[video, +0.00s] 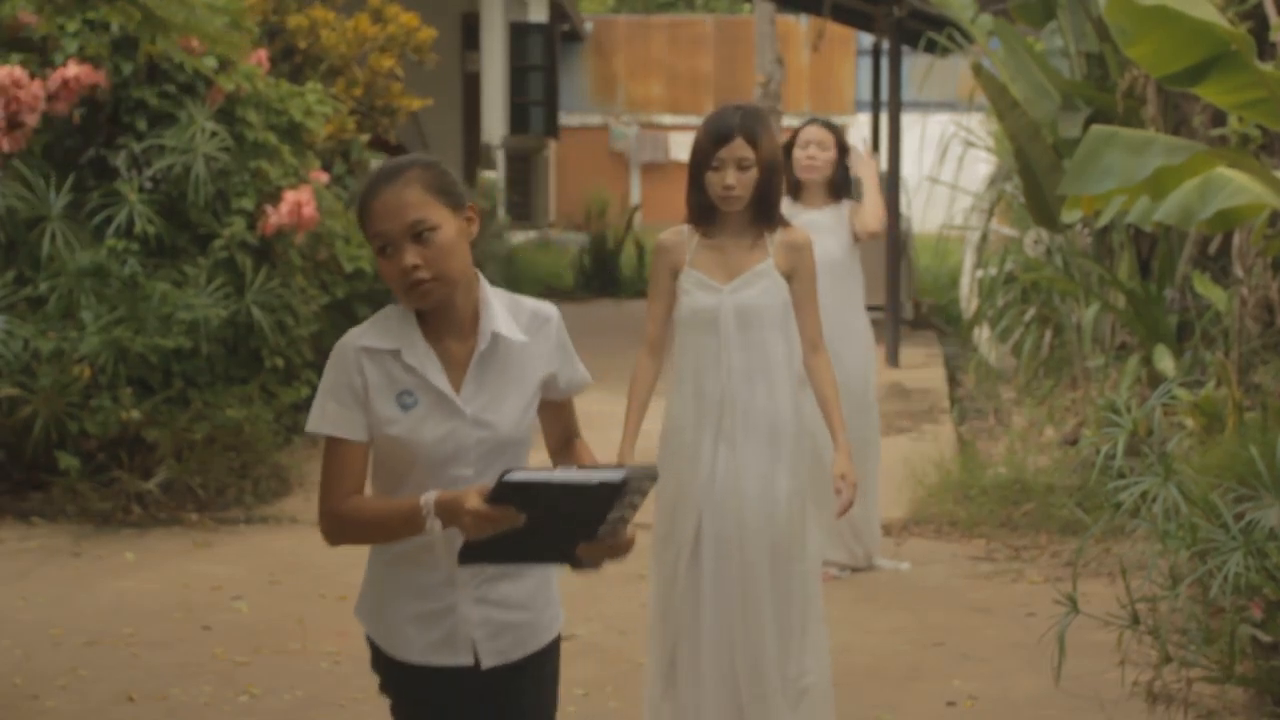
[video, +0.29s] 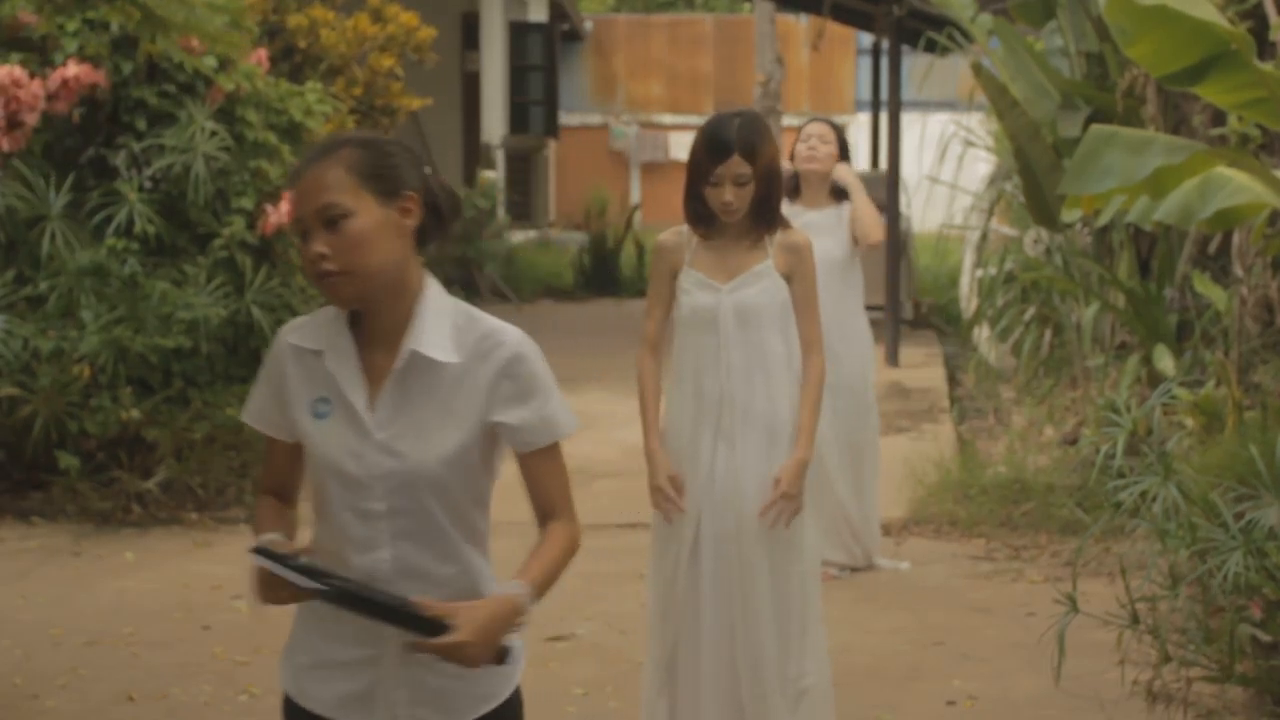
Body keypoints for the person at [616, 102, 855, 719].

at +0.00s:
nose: (730, 180)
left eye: (744, 168)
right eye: (718, 167)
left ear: (764, 174)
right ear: (700, 172)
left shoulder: (790, 246)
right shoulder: (676, 247)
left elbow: (815, 351)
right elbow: (651, 352)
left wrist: (842, 447)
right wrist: (626, 455)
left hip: (775, 447)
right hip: (698, 448)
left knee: (772, 606)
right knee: (700, 605)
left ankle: (772, 711)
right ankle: (702, 712)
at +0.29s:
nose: (727, 197)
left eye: (741, 182)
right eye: (715, 183)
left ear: (763, 180)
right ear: (696, 180)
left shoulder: (789, 248)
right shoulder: (674, 249)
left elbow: (814, 359)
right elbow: (650, 352)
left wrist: (800, 456)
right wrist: (653, 449)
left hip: (768, 454)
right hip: (694, 456)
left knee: (768, 621)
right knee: (695, 620)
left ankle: (771, 713)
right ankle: (697, 714)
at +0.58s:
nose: (728, 199)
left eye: (742, 185)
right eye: (716, 185)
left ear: (765, 183)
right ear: (698, 182)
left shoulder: (790, 247)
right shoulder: (675, 248)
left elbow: (816, 359)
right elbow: (652, 357)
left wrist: (771, 451)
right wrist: (676, 452)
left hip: (768, 460)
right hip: (694, 459)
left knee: (770, 619)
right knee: (695, 619)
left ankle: (771, 712)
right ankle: (697, 713)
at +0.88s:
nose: (731, 200)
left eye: (745, 186)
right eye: (719, 187)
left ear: (766, 182)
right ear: (700, 182)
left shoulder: (791, 247)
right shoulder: (676, 248)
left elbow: (815, 359)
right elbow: (654, 355)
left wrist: (775, 450)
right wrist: (675, 448)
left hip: (769, 459)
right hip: (697, 458)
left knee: (768, 619)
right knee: (698, 619)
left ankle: (771, 712)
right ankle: (699, 712)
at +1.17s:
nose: (733, 192)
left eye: (747, 178)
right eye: (721, 178)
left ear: (768, 178)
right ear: (703, 178)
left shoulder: (795, 246)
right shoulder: (679, 245)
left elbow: (806, 356)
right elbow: (658, 354)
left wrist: (804, 460)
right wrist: (662, 455)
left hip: (770, 449)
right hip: (699, 449)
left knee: (769, 606)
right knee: (700, 605)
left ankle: (770, 711)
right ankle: (702, 712)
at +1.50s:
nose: (734, 173)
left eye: (748, 159)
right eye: (722, 159)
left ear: (768, 168)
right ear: (706, 167)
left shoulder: (795, 246)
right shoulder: (679, 245)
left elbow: (814, 355)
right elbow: (659, 354)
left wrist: (828, 458)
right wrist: (645, 454)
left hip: (775, 451)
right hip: (698, 450)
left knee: (770, 607)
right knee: (699, 607)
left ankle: (769, 712)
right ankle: (701, 713)